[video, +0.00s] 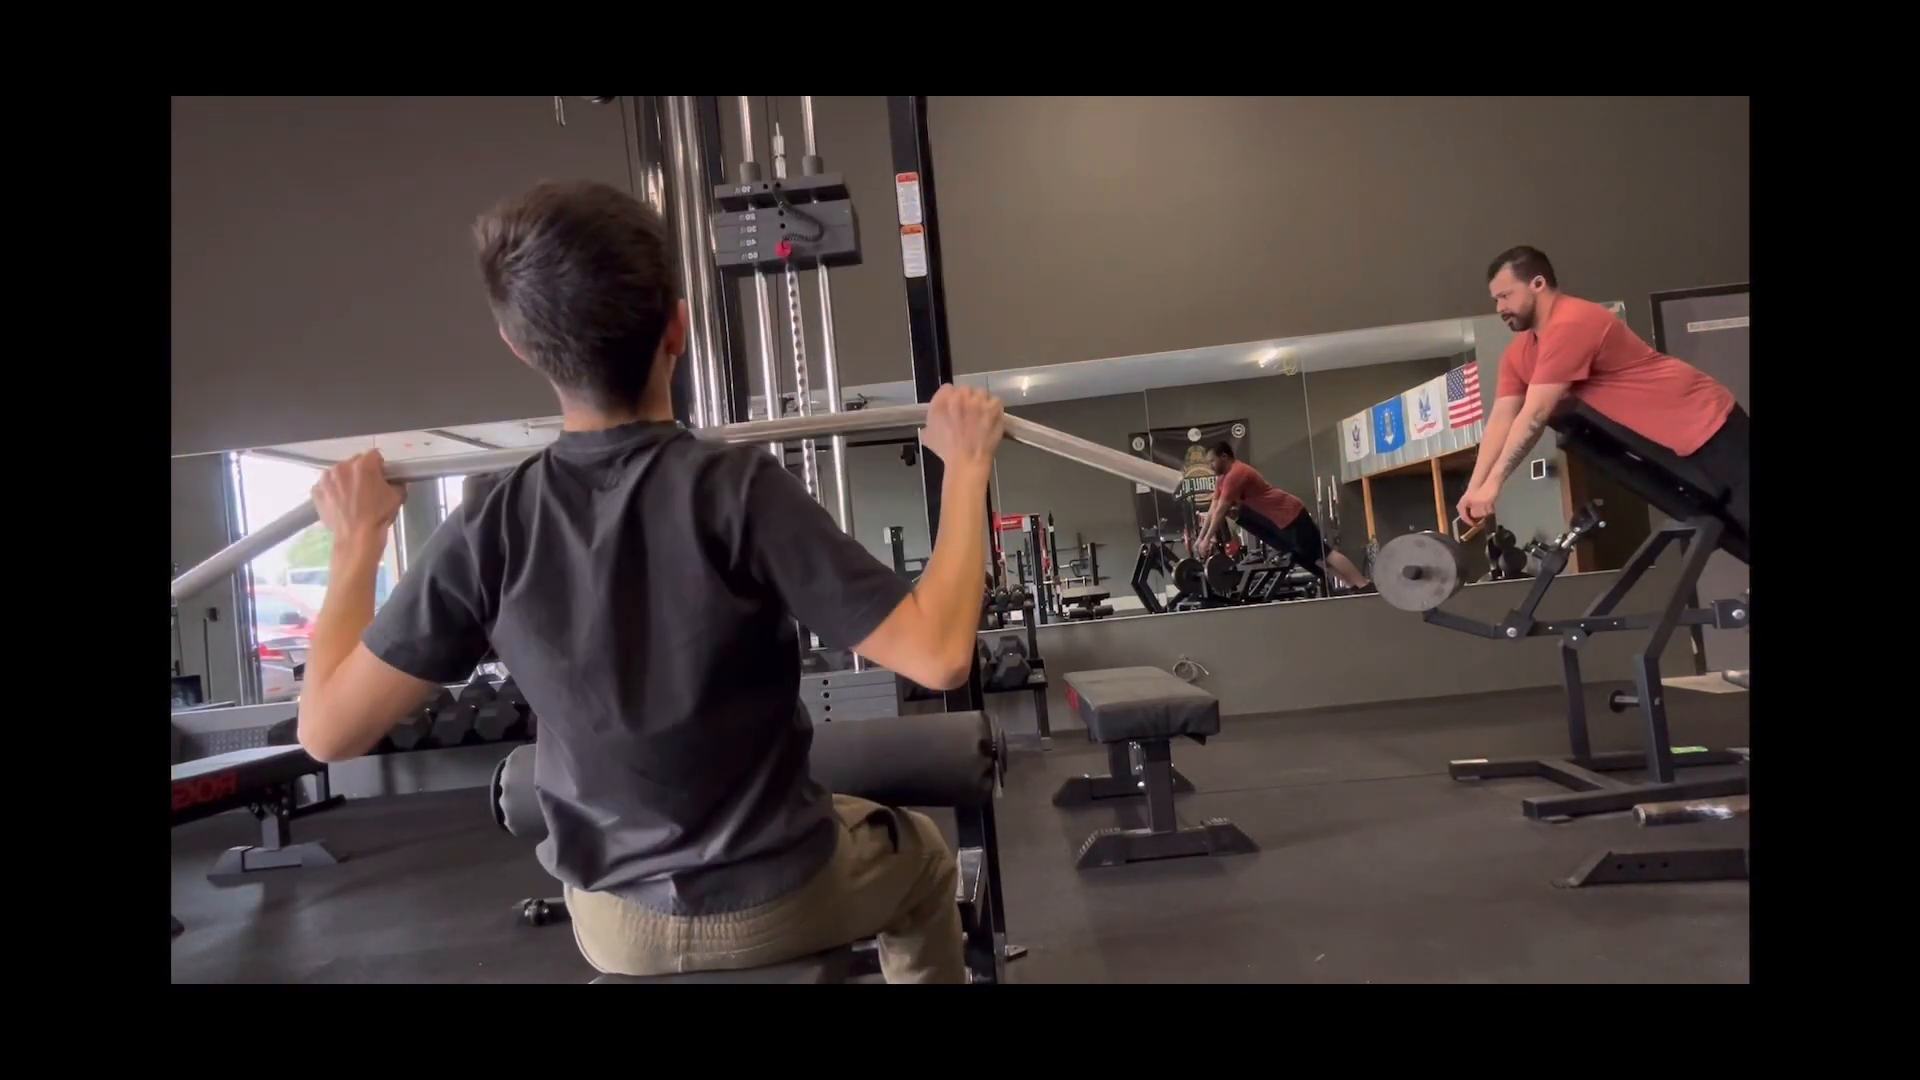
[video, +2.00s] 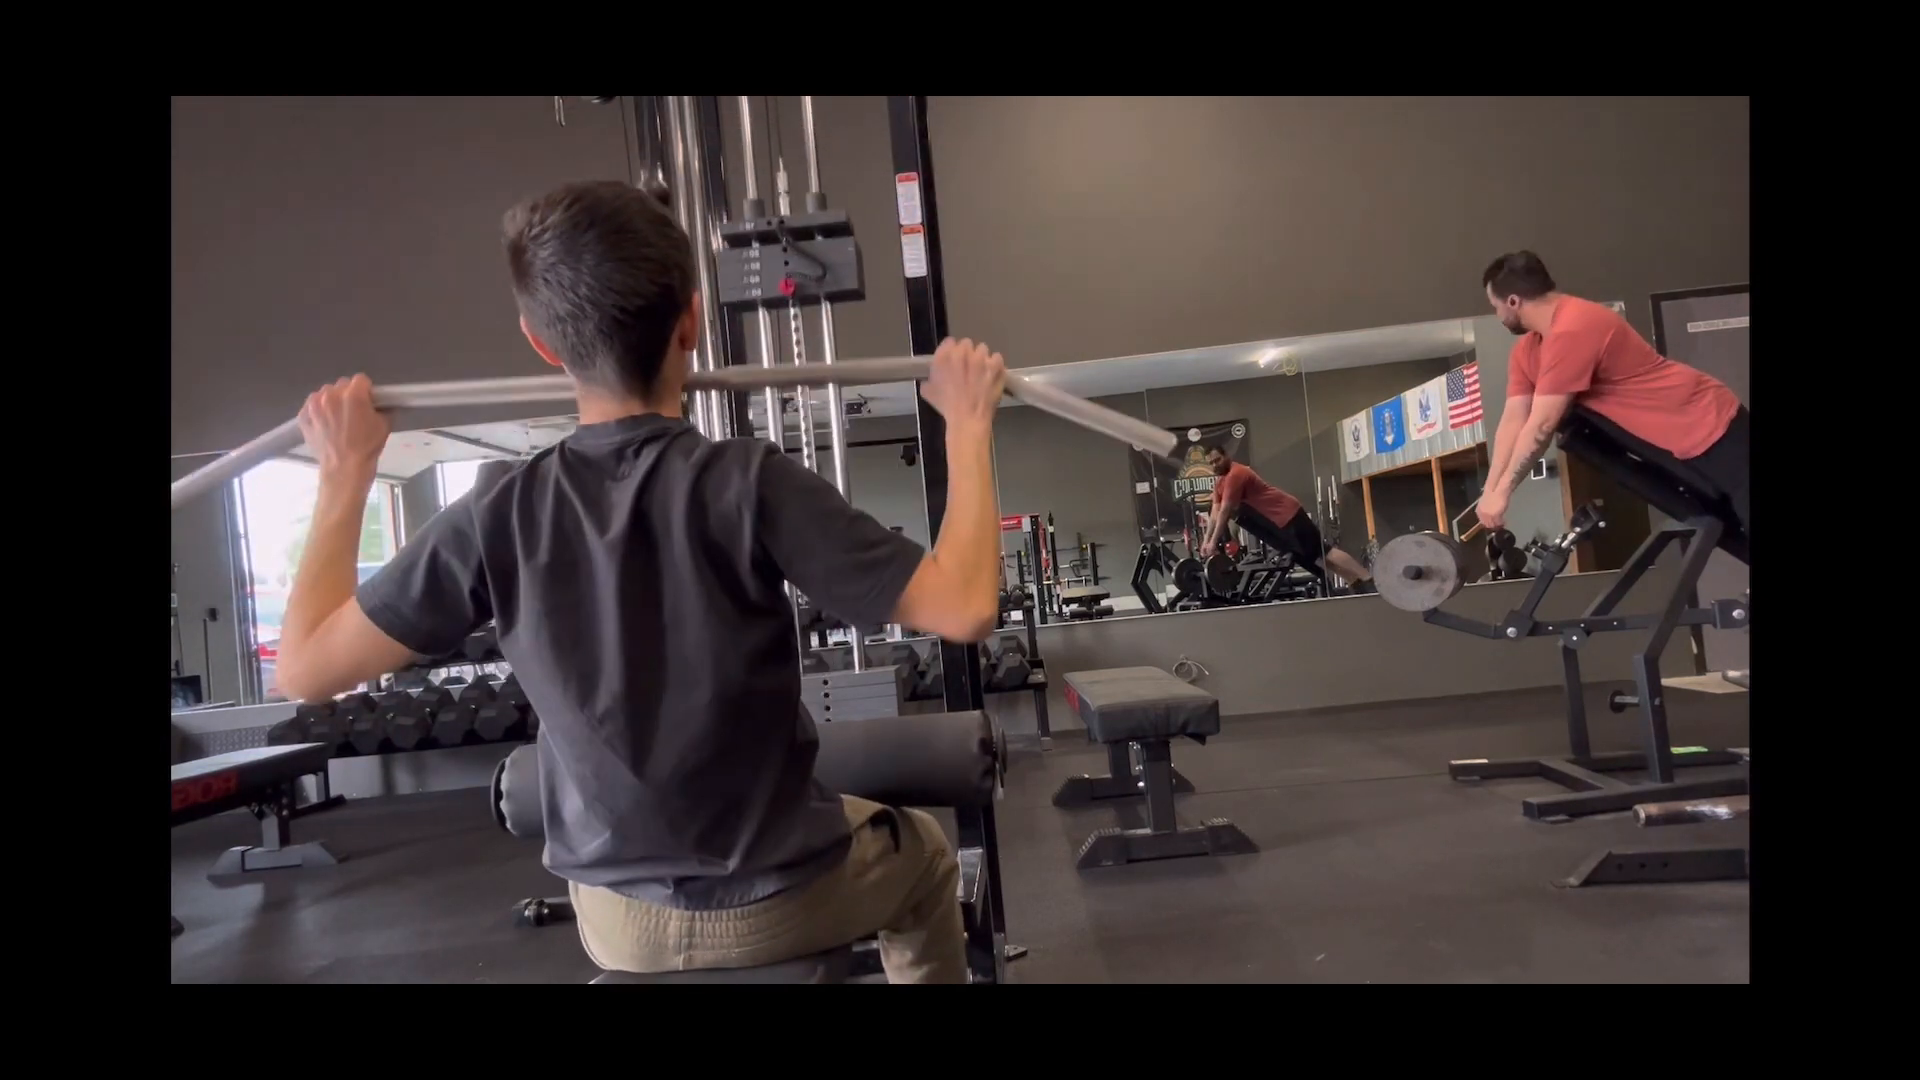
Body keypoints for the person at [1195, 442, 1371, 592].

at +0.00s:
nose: (1210, 466)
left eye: (1212, 461)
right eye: (1209, 462)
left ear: (1225, 456)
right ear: (1218, 460)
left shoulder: (1237, 473)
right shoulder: (1223, 479)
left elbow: (1222, 508)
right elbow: (1213, 507)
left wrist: (1209, 537)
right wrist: (1201, 536)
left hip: (1292, 513)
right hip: (1281, 521)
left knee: (1324, 552)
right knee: (1315, 559)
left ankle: (1363, 583)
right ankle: (1352, 584)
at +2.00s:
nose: (1215, 464)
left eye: (1217, 459)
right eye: (1211, 462)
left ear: (1226, 456)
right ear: (1209, 466)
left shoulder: (1237, 473)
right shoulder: (1220, 484)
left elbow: (1226, 511)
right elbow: (1215, 512)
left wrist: (1214, 542)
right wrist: (1207, 540)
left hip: (1289, 514)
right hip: (1279, 525)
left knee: (1324, 550)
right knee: (1317, 558)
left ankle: (1368, 579)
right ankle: (1355, 583)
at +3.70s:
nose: (1212, 475)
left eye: (1213, 470)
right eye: (1209, 473)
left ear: (1221, 462)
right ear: (1208, 472)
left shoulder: (1239, 475)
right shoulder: (1220, 485)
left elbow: (1241, 510)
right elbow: (1219, 512)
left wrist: (1233, 541)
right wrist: (1211, 539)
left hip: (1289, 514)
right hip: (1276, 526)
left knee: (1324, 551)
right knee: (1315, 558)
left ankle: (1367, 581)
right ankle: (1354, 583)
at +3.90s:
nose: (1214, 475)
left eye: (1214, 470)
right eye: (1210, 473)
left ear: (1221, 463)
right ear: (1208, 473)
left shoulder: (1240, 475)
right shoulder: (1220, 485)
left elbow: (1257, 505)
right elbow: (1225, 510)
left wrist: (1258, 537)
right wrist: (1223, 538)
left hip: (1289, 514)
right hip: (1274, 525)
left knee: (1323, 551)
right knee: (1313, 559)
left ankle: (1368, 581)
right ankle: (1354, 583)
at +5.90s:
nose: (1213, 480)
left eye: (1213, 474)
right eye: (1209, 478)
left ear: (1221, 466)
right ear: (1206, 477)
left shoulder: (1241, 479)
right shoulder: (1217, 487)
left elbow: (1258, 511)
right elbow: (1226, 514)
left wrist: (1269, 539)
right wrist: (1232, 541)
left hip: (1290, 514)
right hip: (1275, 523)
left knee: (1325, 551)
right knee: (1315, 558)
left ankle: (1368, 583)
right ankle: (1353, 584)